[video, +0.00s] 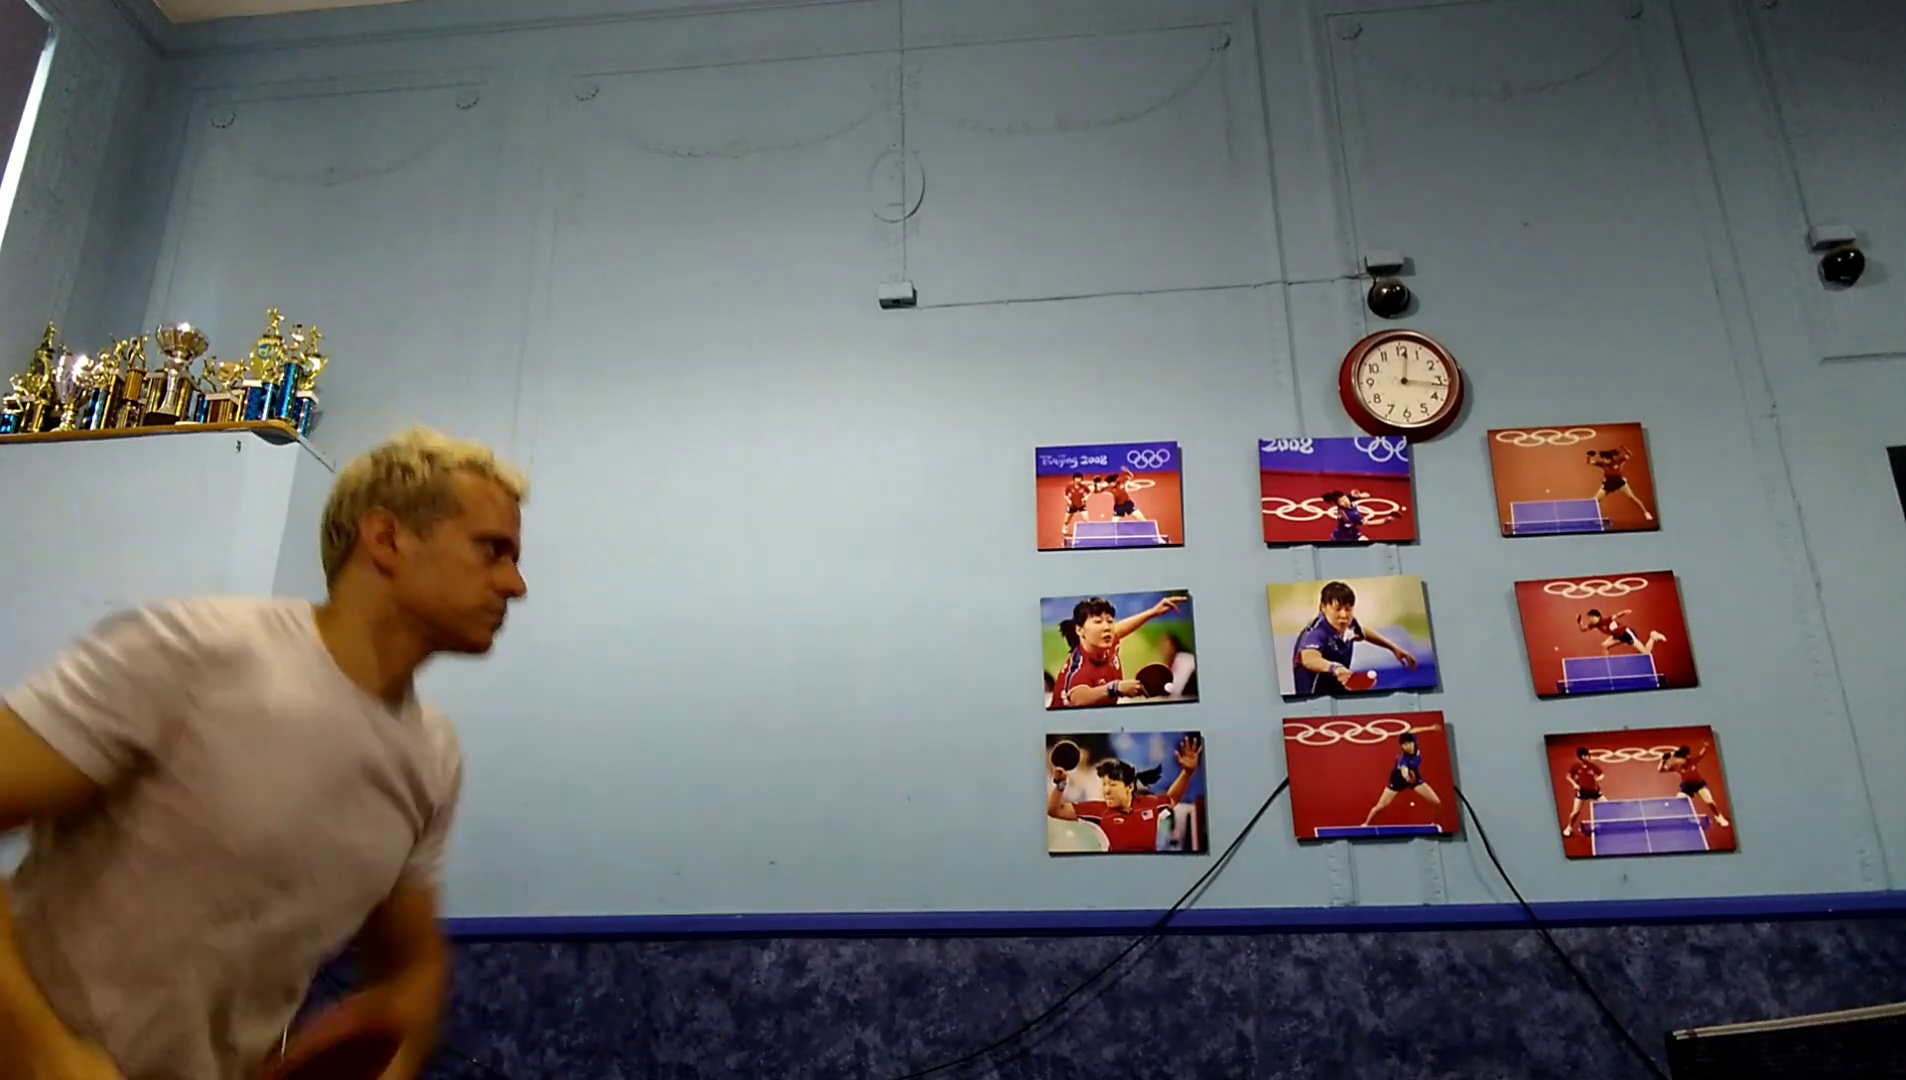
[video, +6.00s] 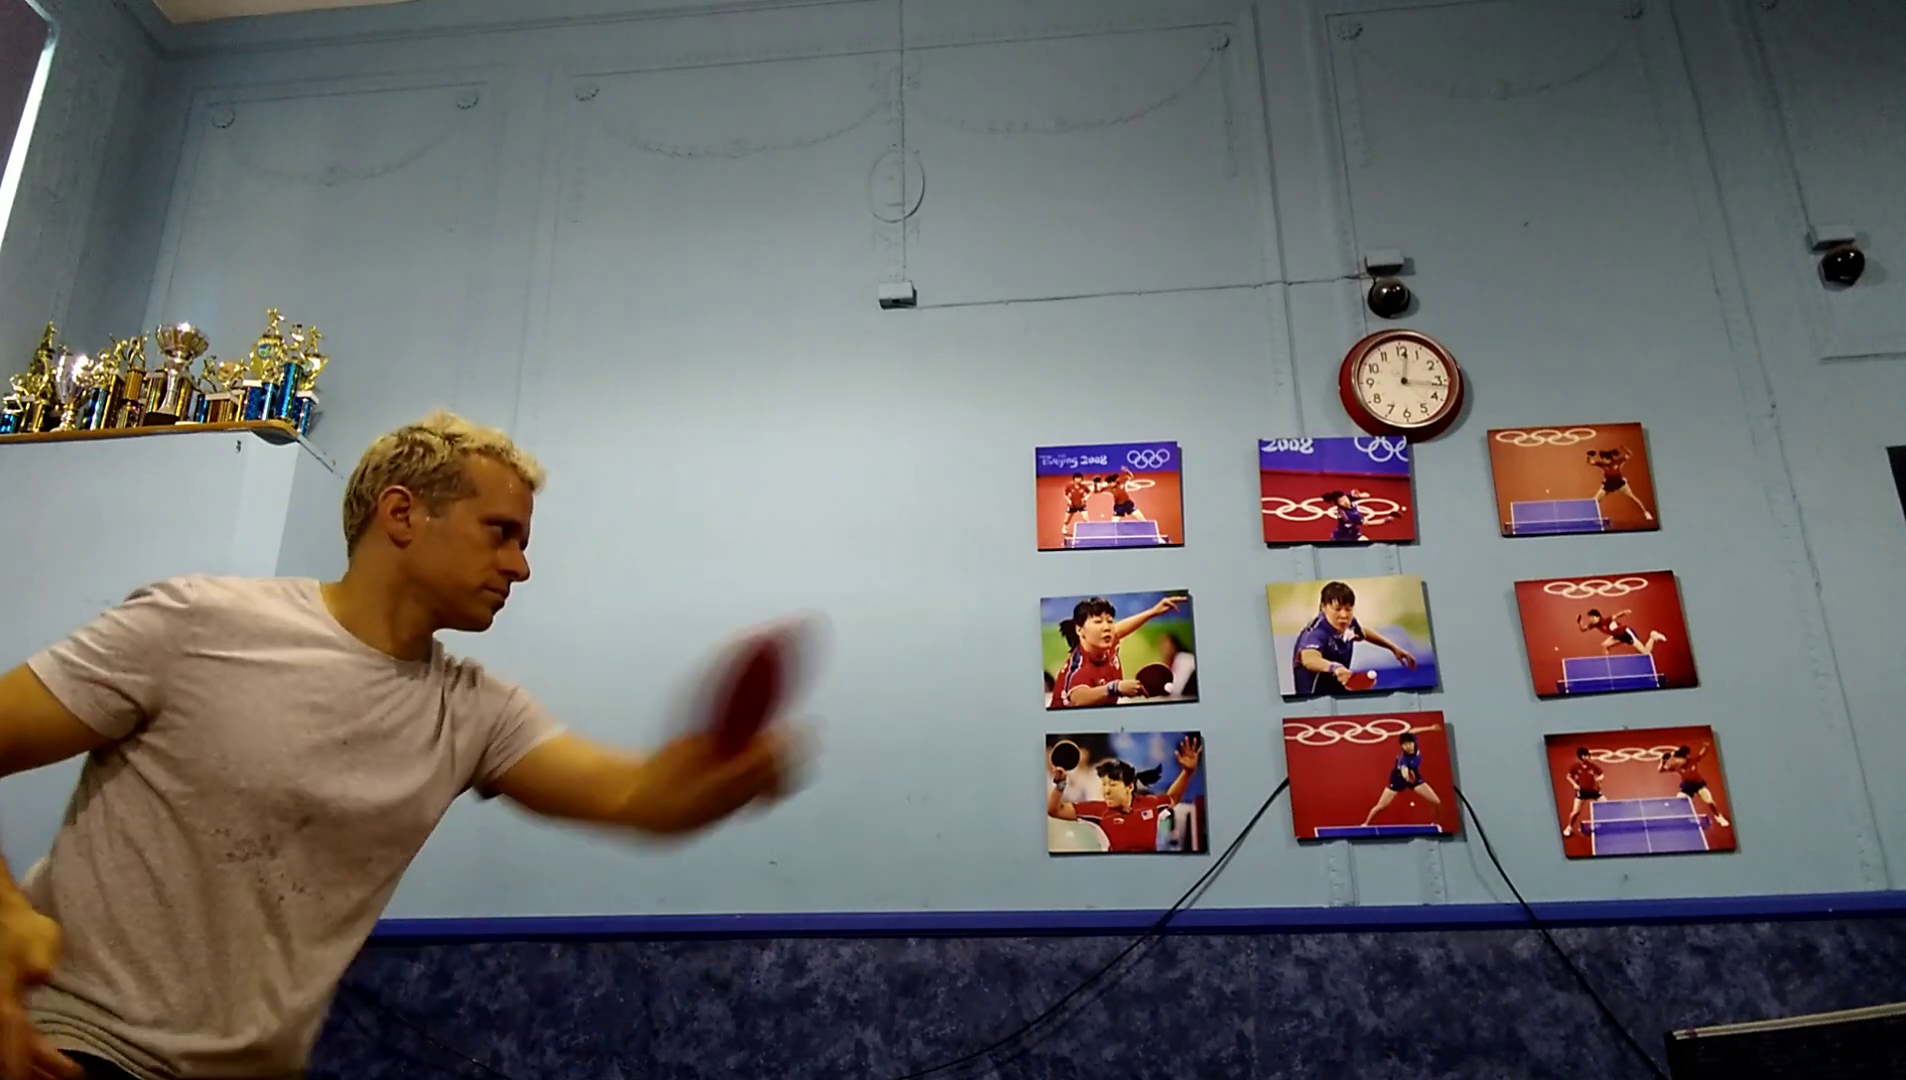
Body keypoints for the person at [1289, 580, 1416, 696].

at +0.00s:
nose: (1344, 615)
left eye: (1348, 609)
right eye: (1338, 609)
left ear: (1353, 609)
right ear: (1324, 608)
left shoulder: (1349, 624)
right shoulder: (1315, 632)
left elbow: (1364, 634)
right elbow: (1309, 660)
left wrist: (1395, 649)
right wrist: (1335, 668)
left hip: (1341, 705)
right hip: (1314, 708)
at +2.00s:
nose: (1344, 615)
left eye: (1348, 609)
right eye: (1338, 609)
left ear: (1353, 609)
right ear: (1324, 608)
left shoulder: (1349, 624)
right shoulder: (1315, 633)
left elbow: (1364, 634)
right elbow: (1309, 660)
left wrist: (1395, 649)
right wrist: (1335, 668)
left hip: (1341, 705)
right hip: (1314, 708)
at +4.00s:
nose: (1344, 615)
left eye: (1348, 609)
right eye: (1338, 609)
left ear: (1353, 609)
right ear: (1324, 608)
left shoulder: (1349, 624)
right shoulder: (1315, 632)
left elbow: (1364, 634)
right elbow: (1309, 660)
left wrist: (1395, 649)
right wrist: (1335, 668)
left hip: (1341, 704)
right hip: (1314, 708)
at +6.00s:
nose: (1344, 615)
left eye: (1348, 609)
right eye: (1338, 609)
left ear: (1353, 609)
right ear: (1324, 608)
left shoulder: (1349, 624)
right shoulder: (1316, 633)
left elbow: (1364, 633)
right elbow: (1309, 660)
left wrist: (1394, 649)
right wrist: (1335, 668)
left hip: (1341, 703)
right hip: (1314, 707)